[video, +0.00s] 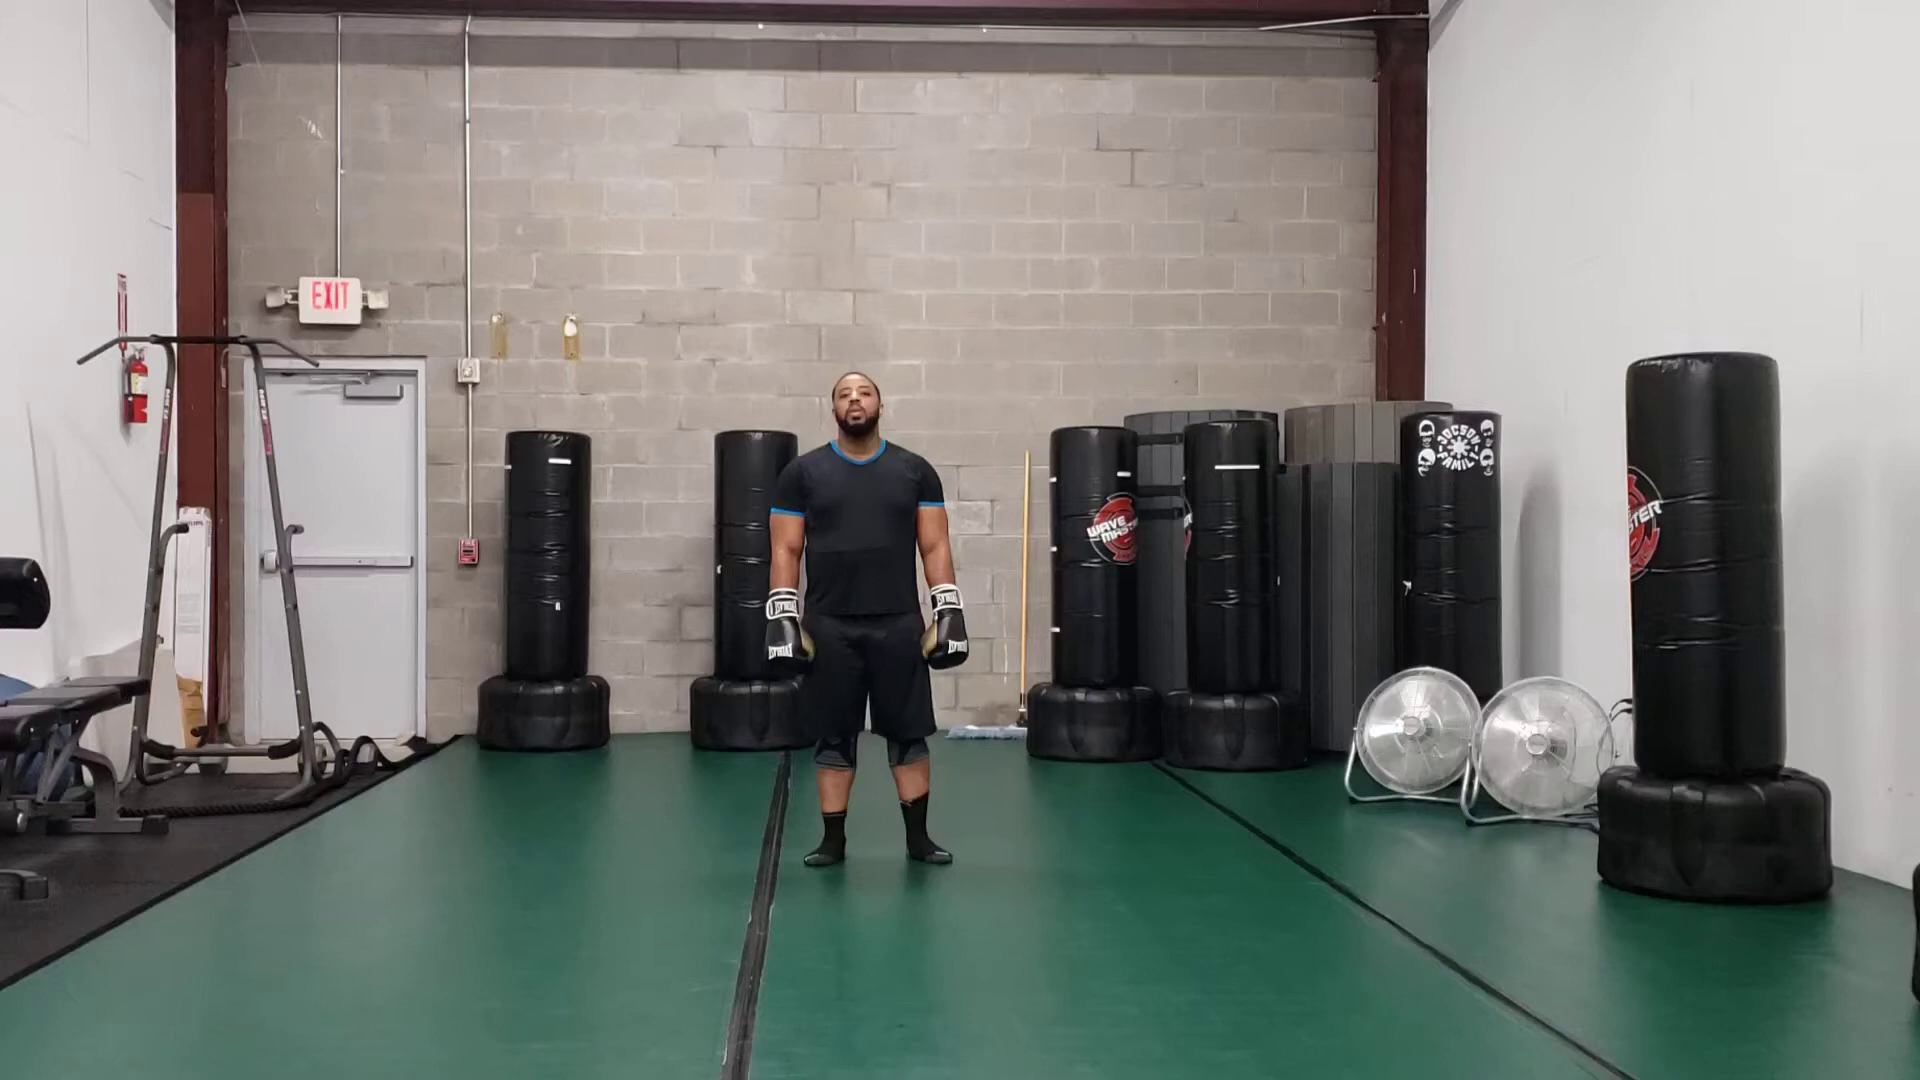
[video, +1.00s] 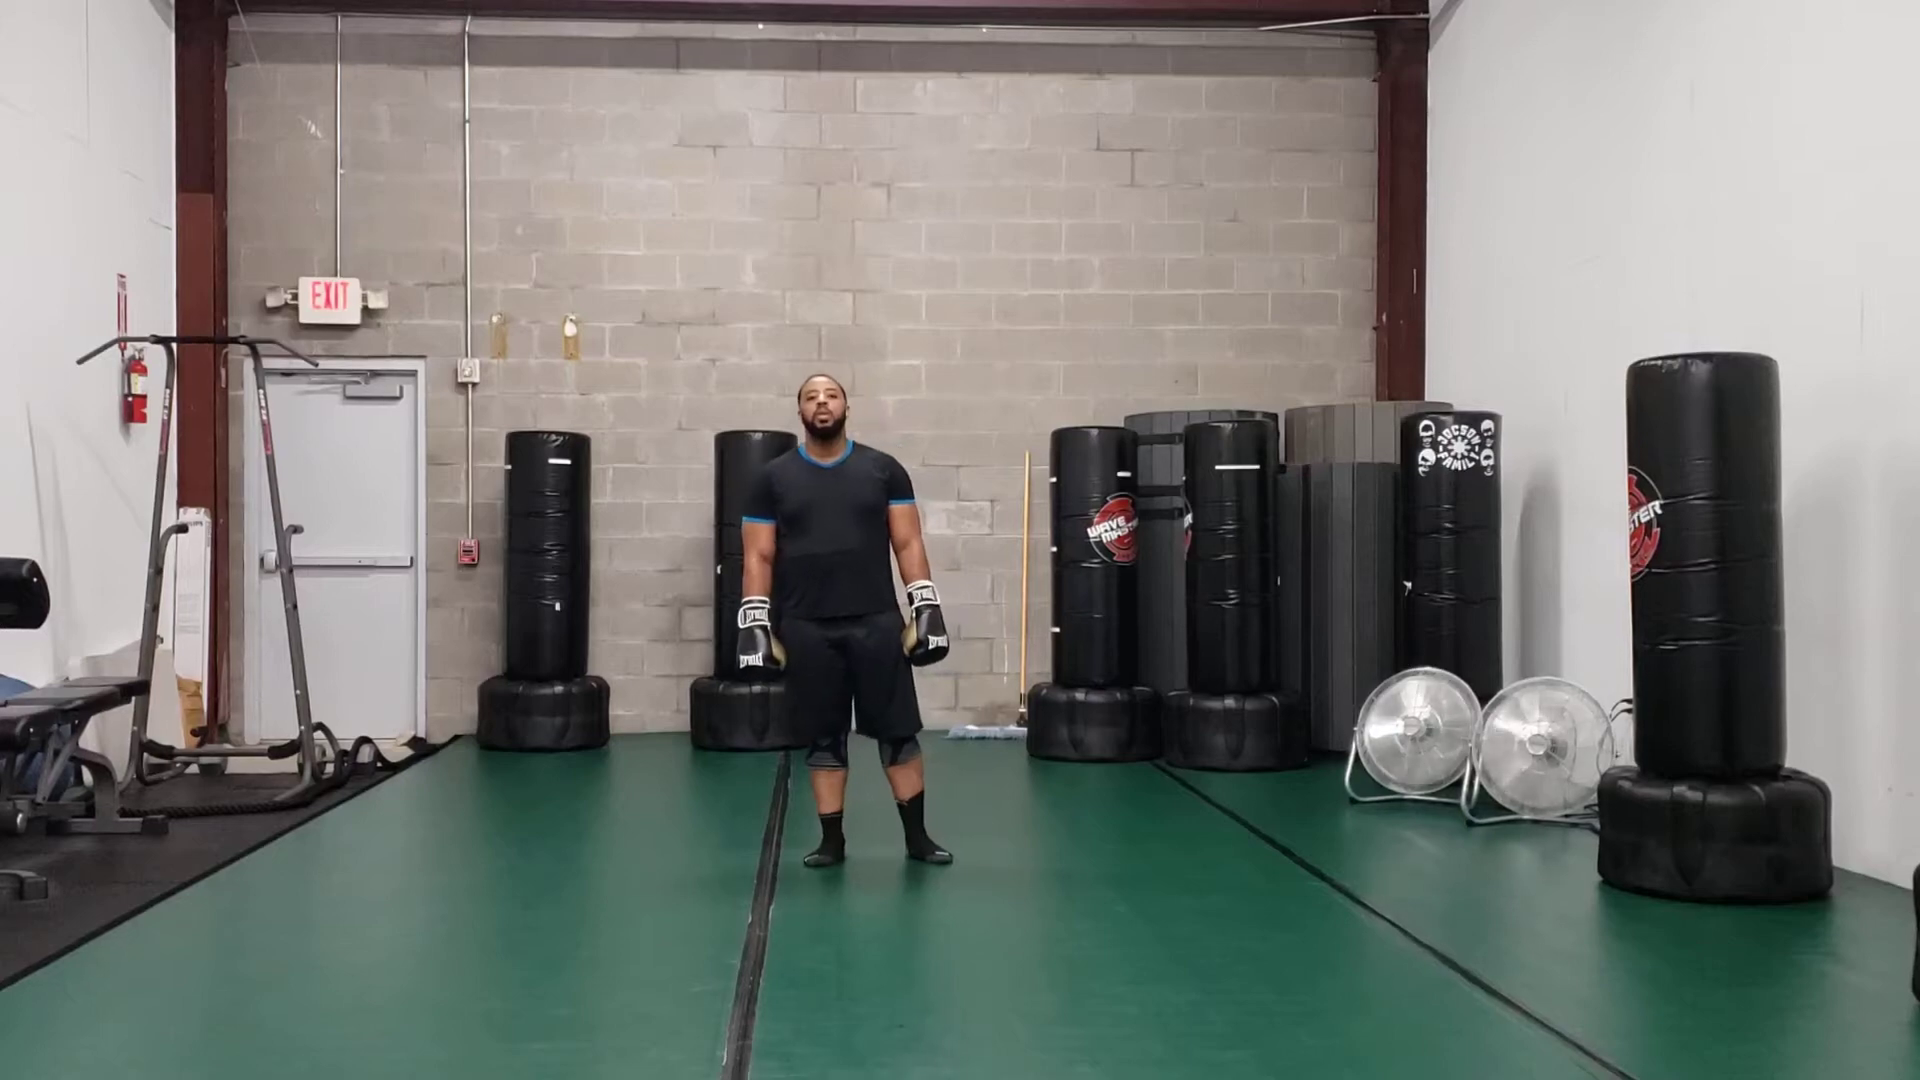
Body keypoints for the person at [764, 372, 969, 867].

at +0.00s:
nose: (855, 399)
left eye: (864, 393)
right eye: (845, 395)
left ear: (880, 408)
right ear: (833, 413)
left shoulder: (914, 472)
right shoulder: (803, 474)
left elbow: (934, 547)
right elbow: (786, 550)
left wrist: (949, 611)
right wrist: (781, 617)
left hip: (898, 627)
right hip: (830, 629)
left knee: (909, 736)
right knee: (833, 739)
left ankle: (918, 839)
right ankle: (832, 842)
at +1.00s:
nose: (822, 403)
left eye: (831, 396)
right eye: (812, 398)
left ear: (846, 408)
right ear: (800, 414)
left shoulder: (883, 470)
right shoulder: (774, 478)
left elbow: (908, 544)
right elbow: (758, 557)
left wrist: (926, 607)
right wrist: (754, 624)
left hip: (876, 625)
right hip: (806, 630)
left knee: (899, 735)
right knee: (823, 741)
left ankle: (917, 839)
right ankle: (831, 842)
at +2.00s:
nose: (853, 404)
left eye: (860, 398)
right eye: (842, 399)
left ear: (873, 412)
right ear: (827, 415)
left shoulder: (906, 473)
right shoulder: (799, 476)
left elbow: (925, 541)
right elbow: (780, 551)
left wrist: (930, 593)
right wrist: (774, 616)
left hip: (896, 620)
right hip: (830, 623)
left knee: (902, 729)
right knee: (833, 733)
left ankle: (896, 822)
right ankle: (833, 839)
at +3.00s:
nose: (902, 412)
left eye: (910, 405)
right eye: (892, 406)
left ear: (922, 419)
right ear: (879, 421)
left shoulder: (943, 487)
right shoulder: (845, 468)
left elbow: (955, 551)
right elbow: (817, 533)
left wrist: (951, 582)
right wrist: (836, 588)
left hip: (918, 621)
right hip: (858, 617)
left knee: (907, 726)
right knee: (845, 724)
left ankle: (895, 826)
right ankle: (824, 832)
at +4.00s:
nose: (793, 410)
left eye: (801, 402)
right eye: (783, 404)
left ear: (815, 412)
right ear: (770, 418)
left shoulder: (852, 470)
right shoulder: (743, 476)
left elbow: (874, 536)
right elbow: (718, 546)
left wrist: (857, 571)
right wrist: (756, 577)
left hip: (843, 617)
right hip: (777, 621)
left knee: (867, 721)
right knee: (784, 730)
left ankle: (882, 823)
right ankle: (786, 832)